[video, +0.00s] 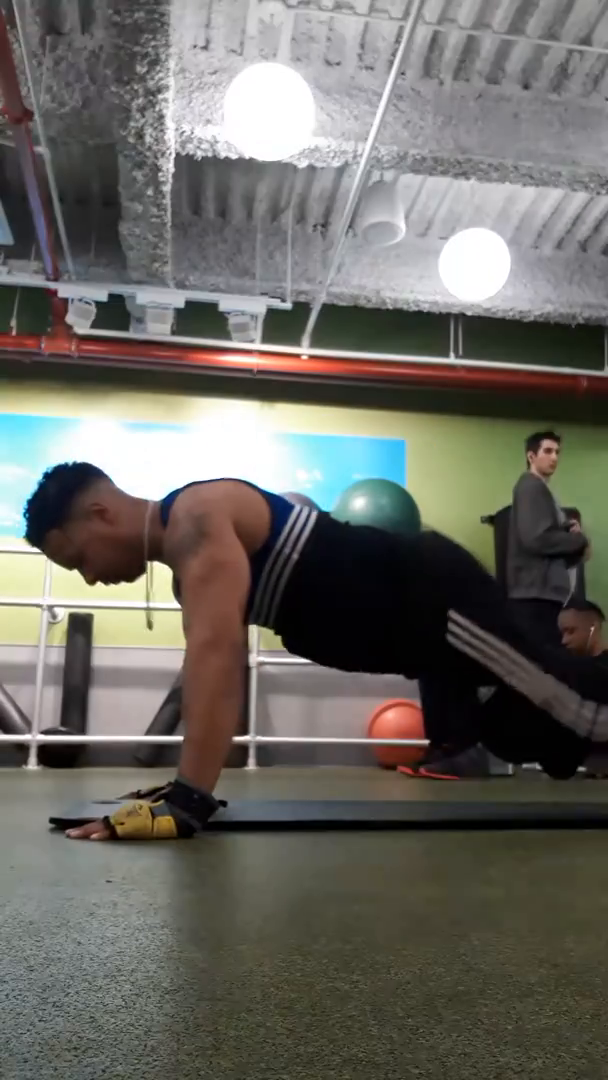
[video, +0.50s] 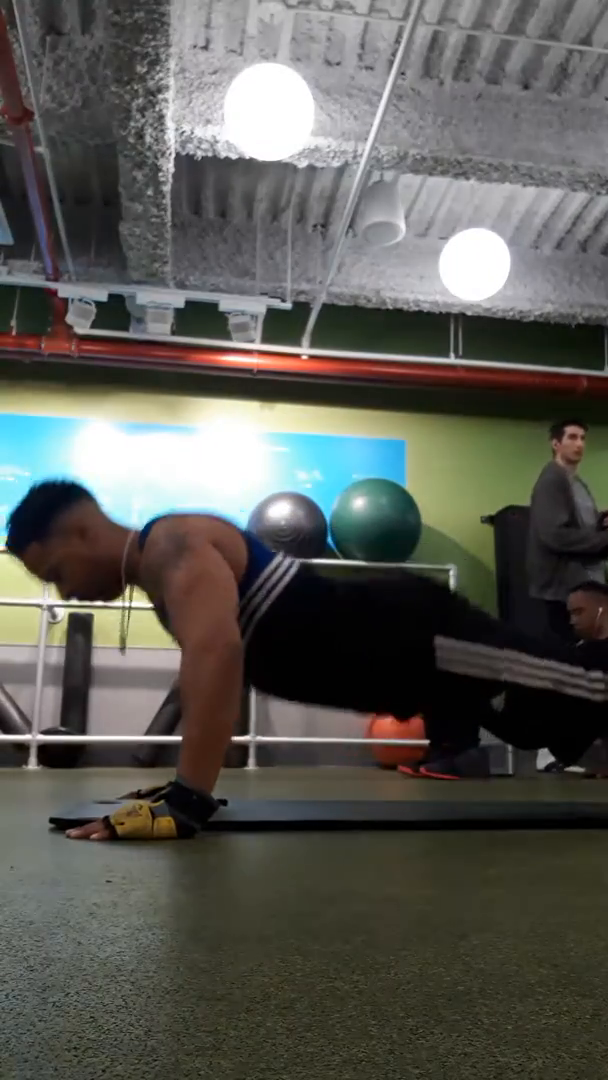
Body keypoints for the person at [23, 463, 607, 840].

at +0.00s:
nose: (86, 576)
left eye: (75, 558)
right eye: (72, 568)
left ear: (103, 511)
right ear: (106, 513)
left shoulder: (199, 516)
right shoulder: (191, 536)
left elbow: (218, 660)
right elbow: (217, 666)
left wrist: (189, 796)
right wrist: (188, 793)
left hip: (431, 595)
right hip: (419, 619)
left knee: (582, 722)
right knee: (544, 741)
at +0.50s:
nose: (63, 594)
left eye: (53, 575)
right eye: (48, 583)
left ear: (78, 534)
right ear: (83, 532)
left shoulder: (174, 543)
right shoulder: (165, 565)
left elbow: (217, 652)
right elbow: (219, 673)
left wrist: (187, 798)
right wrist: (186, 798)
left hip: (421, 642)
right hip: (410, 658)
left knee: (590, 697)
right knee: (568, 712)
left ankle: (591, 622)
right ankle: (588, 626)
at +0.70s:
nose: (37, 674)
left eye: (28, 652)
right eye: (24, 662)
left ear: (55, 609)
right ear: (54, 617)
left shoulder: (144, 612)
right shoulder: (141, 648)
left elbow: (226, 663)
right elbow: (254, 713)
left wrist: (187, 800)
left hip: (400, 694)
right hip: (388, 715)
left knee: (589, 717)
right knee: (563, 720)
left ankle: (594, 634)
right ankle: (592, 632)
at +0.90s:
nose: (25, 747)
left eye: (13, 725)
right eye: (13, 735)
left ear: (39, 680)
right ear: (44, 681)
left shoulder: (122, 672)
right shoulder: (135, 710)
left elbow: (221, 663)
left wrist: (189, 799)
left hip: (392, 726)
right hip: (382, 741)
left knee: (587, 727)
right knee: (556, 718)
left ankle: (593, 638)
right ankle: (589, 636)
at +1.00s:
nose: (24, 759)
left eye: (15, 741)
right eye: (12, 752)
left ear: (39, 692)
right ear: (42, 697)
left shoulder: (119, 682)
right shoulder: (128, 714)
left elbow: (220, 662)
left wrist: (190, 796)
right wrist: (160, 806)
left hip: (386, 726)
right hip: (375, 740)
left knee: (584, 731)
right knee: (548, 722)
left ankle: (592, 641)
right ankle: (588, 639)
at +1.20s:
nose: (27, 760)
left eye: (15, 741)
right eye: (14, 754)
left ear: (39, 692)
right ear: (45, 693)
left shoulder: (119, 684)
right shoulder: (127, 718)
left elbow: (220, 659)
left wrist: (190, 799)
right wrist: (145, 815)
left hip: (380, 731)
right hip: (368, 748)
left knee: (579, 731)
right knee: (545, 723)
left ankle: (590, 646)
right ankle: (583, 645)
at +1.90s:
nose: (54, 590)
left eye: (46, 570)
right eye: (41, 579)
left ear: (76, 535)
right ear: (78, 538)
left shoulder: (169, 557)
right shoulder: (159, 579)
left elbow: (220, 660)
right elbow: (220, 676)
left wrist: (188, 798)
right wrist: (186, 795)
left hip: (415, 641)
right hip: (403, 659)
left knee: (584, 698)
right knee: (559, 720)